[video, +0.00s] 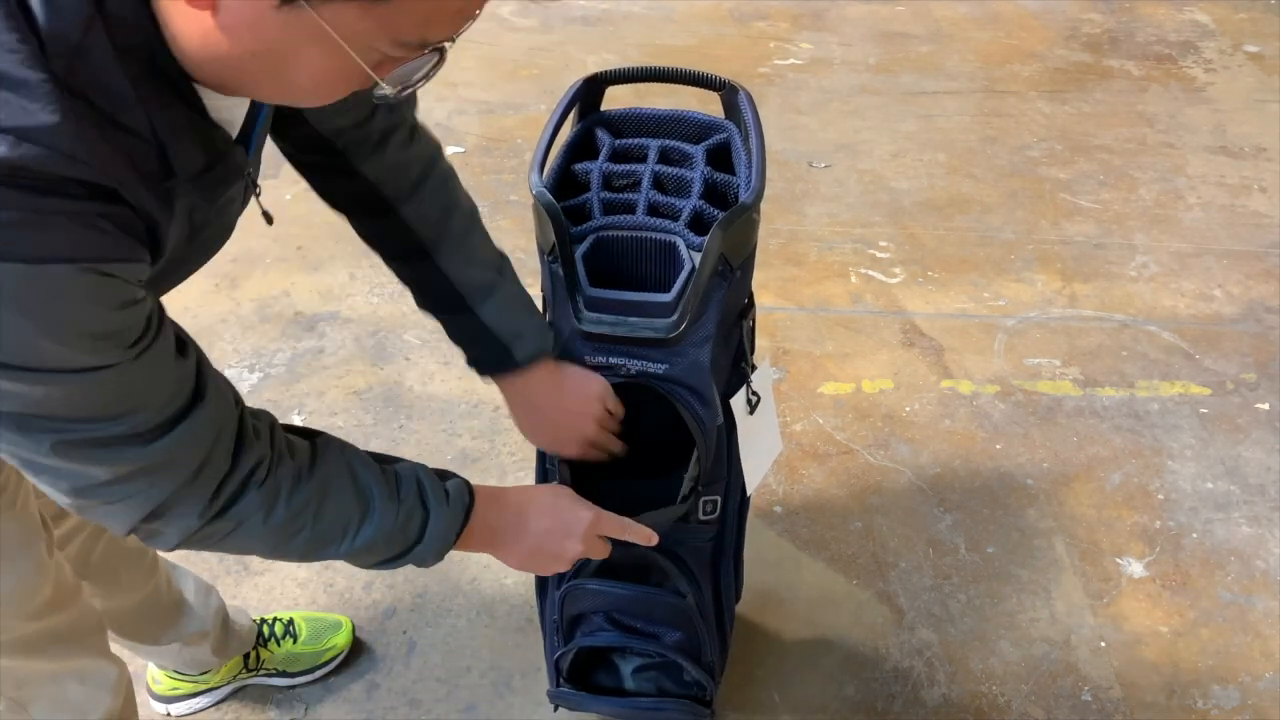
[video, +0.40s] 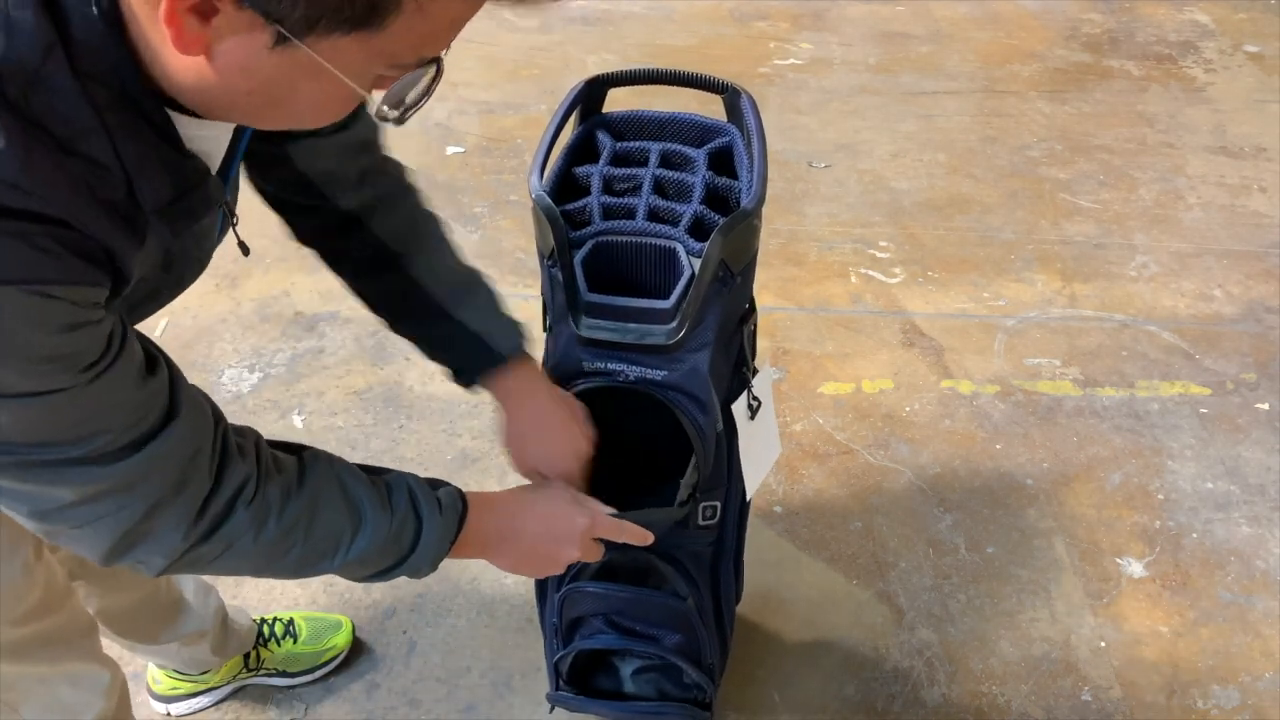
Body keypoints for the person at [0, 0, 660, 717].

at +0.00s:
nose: (408, 82)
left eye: (426, 56)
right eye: (398, 57)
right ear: (238, 13)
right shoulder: (32, 223)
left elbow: (373, 149)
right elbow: (201, 480)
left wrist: (523, 364)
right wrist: (479, 518)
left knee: (83, 513)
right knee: (39, 622)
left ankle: (200, 653)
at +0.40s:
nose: (382, 104)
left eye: (406, 77)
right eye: (383, 76)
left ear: (194, 17)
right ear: (198, 23)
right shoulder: (19, 256)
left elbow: (347, 189)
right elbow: (178, 498)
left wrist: (515, 380)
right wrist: (472, 524)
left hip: (45, 361)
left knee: (97, 518)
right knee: (37, 628)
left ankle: (199, 654)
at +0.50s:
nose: (383, 63)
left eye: (398, 41)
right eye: (386, 41)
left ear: (206, 2)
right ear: (211, 3)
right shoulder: (25, 257)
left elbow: (226, 145)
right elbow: (191, 485)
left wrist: (369, 316)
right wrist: (480, 506)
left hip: (45, 363)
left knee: (94, 520)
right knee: (38, 620)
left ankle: (198, 653)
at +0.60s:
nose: (379, 7)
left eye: (380, 1)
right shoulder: (33, 182)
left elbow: (193, 162)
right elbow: (202, 452)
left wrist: (337, 329)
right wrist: (482, 436)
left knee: (78, 512)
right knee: (45, 641)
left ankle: (197, 653)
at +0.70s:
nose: (341, 6)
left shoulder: (196, 16)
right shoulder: (47, 131)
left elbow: (235, 193)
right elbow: (228, 448)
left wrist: (392, 370)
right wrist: (515, 458)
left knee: (76, 505)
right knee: (35, 625)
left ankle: (198, 654)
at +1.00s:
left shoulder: (158, 27)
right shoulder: (80, 77)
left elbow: (259, 220)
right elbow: (259, 420)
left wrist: (419, 393)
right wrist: (530, 493)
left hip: (5, 364)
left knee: (85, 523)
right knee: (36, 653)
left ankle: (200, 653)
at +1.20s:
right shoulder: (52, 50)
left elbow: (227, 72)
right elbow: (189, 367)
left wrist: (443, 71)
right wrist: (452, 387)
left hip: (3, 377)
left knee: (71, 534)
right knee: (31, 673)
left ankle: (199, 651)